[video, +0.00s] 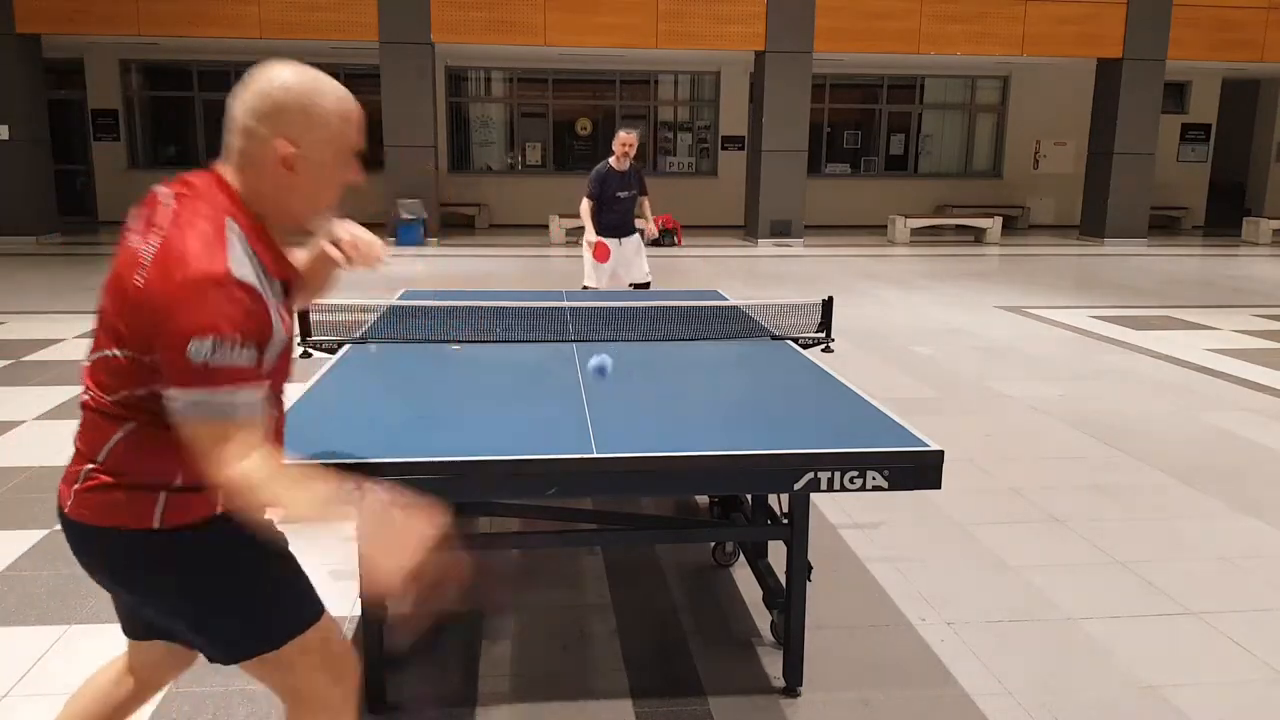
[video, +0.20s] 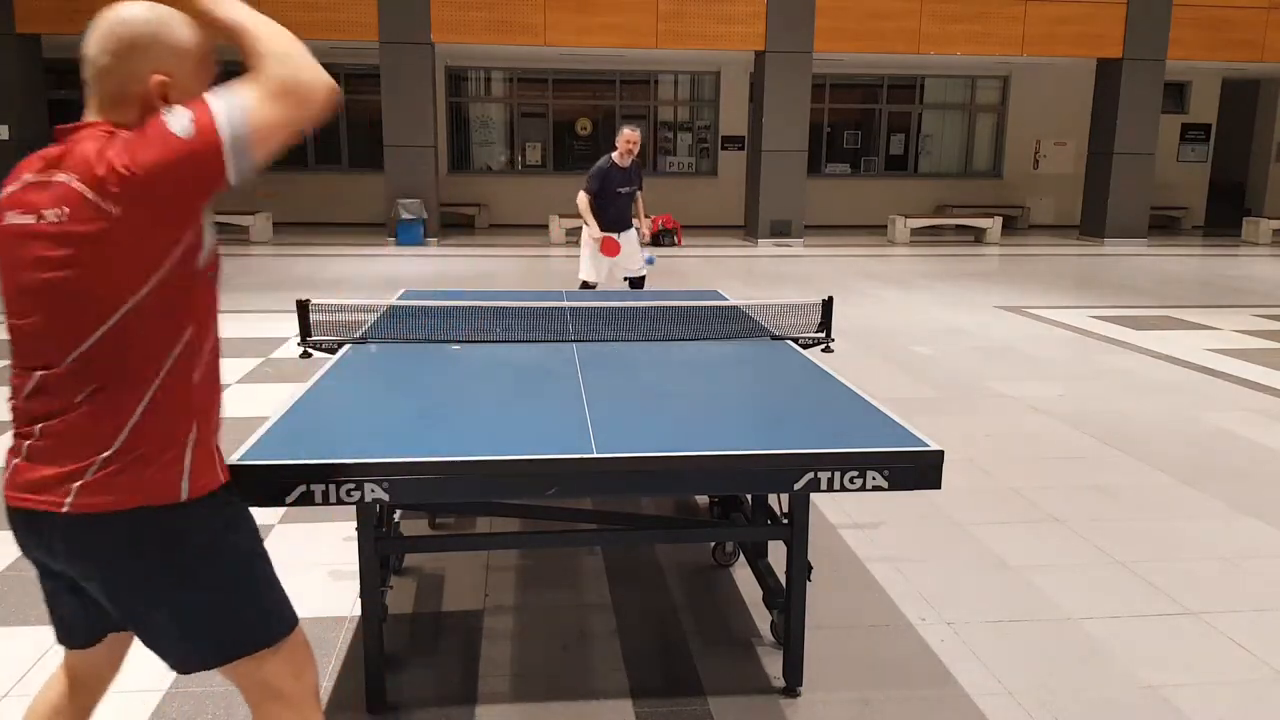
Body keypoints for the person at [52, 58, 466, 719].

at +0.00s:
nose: (357, 177)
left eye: (358, 159)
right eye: (348, 158)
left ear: (278, 156)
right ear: (287, 160)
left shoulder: (186, 199)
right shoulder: (209, 276)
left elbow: (257, 298)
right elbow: (240, 469)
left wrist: (319, 262)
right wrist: (366, 502)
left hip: (118, 501)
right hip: (174, 519)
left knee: (158, 657)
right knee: (327, 680)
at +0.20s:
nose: (207, 97)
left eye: (206, 81)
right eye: (200, 80)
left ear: (92, 82)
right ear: (162, 92)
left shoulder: (21, 185)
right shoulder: (148, 165)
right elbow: (307, 88)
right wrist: (234, 11)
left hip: (42, 501)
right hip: (153, 502)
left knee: (83, 669)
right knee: (285, 686)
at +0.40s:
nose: (116, 96)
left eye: (113, 78)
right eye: (110, 78)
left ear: (9, 89)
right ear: (80, 85)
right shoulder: (99, 163)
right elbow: (264, 131)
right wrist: (182, 36)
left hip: (10, 503)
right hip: (123, 492)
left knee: (59, 666)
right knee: (254, 688)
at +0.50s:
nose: (111, 97)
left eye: (108, 79)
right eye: (105, 80)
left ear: (10, 88)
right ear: (77, 84)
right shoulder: (102, 166)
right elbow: (273, 172)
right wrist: (215, 75)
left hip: (13, 494)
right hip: (114, 488)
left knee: (47, 673)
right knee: (241, 685)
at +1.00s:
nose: (313, 148)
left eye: (312, 132)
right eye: (311, 132)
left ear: (210, 124)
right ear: (291, 139)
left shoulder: (120, 192)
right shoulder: (237, 241)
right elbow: (293, 426)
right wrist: (384, 386)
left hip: (46, 497)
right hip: (148, 514)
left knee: (115, 641)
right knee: (301, 673)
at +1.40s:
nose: (402, 253)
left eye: (407, 239)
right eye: (404, 239)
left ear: (309, 207)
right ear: (376, 244)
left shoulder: (254, 244)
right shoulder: (267, 334)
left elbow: (339, 348)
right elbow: (241, 528)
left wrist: (393, 339)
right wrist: (376, 532)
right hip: (110, 527)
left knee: (165, 623)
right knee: (303, 668)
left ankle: (69, 713)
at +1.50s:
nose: (409, 279)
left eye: (412, 264)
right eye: (410, 264)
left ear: (320, 236)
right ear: (377, 273)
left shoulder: (285, 268)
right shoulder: (244, 358)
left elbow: (370, 351)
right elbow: (132, 529)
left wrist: (407, 343)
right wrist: (219, 655)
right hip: (94, 525)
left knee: (159, 640)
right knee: (299, 669)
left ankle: (65, 715)